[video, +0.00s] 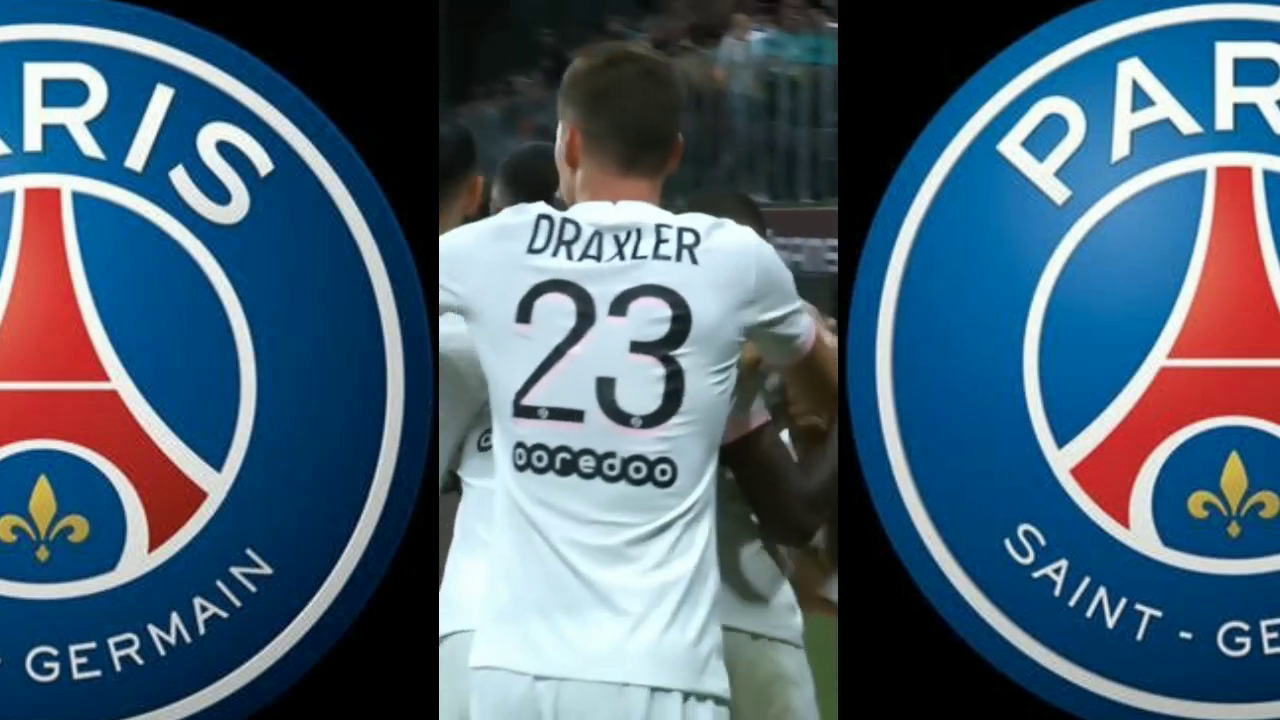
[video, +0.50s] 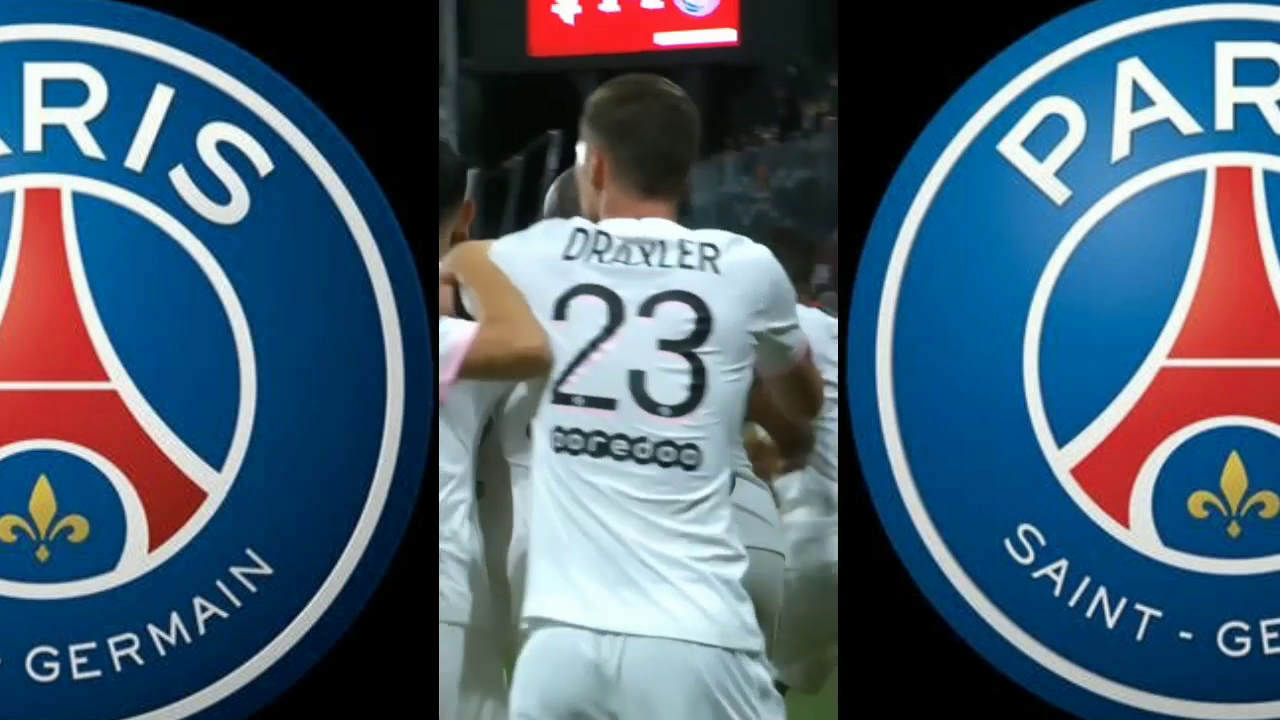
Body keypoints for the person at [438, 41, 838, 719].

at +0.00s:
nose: (556, 150)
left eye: (557, 136)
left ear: (568, 143)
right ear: (676, 154)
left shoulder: (475, 253)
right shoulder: (738, 259)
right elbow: (815, 359)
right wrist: (810, 422)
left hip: (495, 653)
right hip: (658, 663)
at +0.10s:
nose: (551, 157)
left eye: (553, 140)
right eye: (554, 139)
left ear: (568, 149)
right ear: (671, 161)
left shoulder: (491, 257)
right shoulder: (735, 263)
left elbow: (363, 292)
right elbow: (813, 386)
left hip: (528, 651)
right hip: (676, 656)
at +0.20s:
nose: (544, 162)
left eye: (546, 145)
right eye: (546, 144)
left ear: (561, 153)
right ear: (662, 164)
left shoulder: (483, 260)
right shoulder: (726, 260)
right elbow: (822, 368)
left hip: (528, 651)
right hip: (675, 656)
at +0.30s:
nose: (543, 160)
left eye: (543, 143)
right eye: (544, 142)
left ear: (560, 151)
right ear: (659, 157)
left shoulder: (484, 253)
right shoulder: (720, 255)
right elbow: (815, 391)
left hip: (526, 643)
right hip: (673, 647)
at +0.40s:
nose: (551, 165)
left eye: (551, 147)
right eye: (551, 146)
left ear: (569, 155)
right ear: (663, 159)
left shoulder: (492, 249)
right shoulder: (724, 259)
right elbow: (815, 402)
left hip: (533, 639)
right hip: (681, 641)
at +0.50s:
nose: (578, 169)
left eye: (580, 153)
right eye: (579, 154)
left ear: (596, 164)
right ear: (685, 170)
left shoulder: (523, 256)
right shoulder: (749, 269)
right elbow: (798, 414)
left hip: (558, 636)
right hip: (699, 646)